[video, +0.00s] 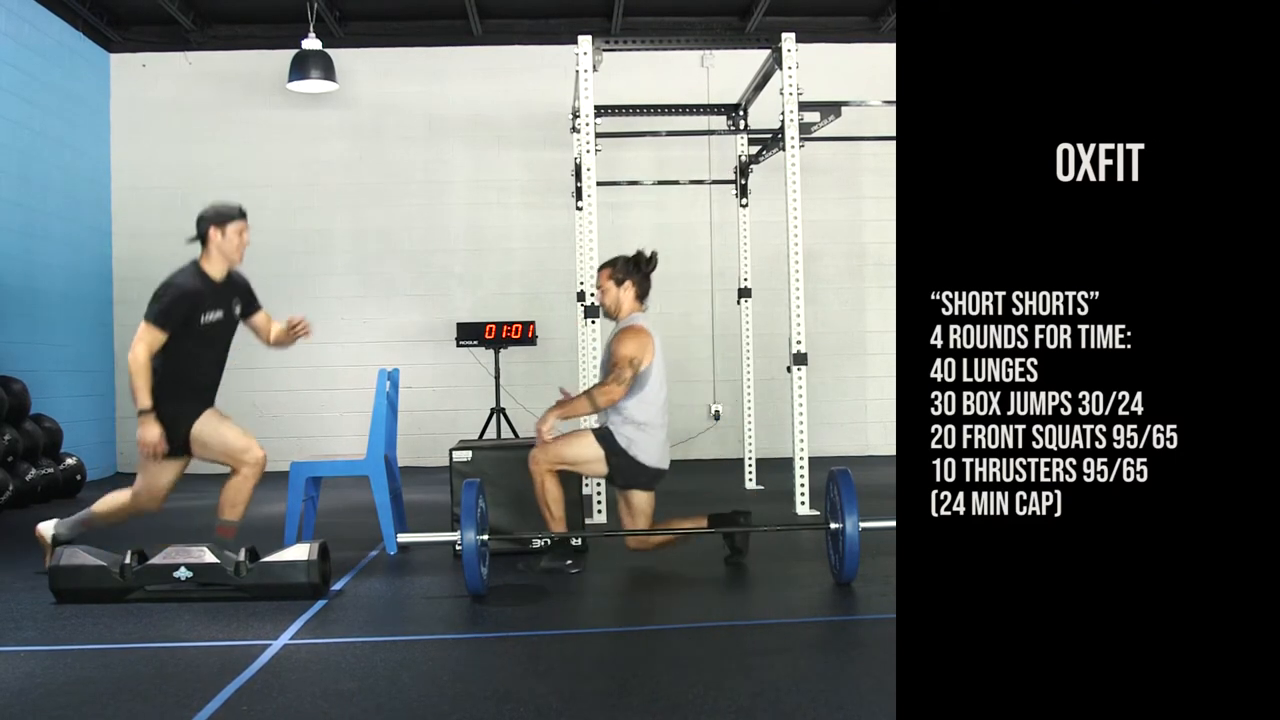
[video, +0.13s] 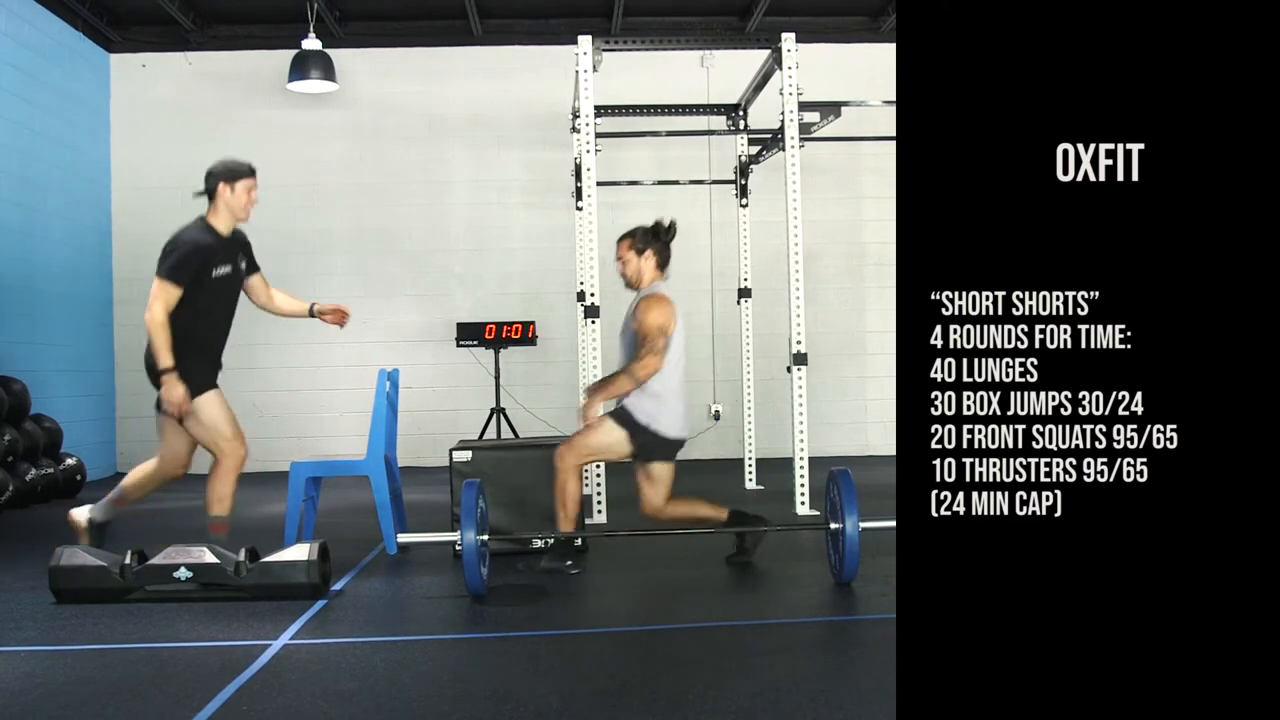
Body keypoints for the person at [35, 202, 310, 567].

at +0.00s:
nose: (246, 241)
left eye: (247, 234)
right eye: (240, 234)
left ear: (223, 238)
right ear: (214, 235)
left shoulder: (236, 286)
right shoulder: (181, 288)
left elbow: (268, 331)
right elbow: (139, 351)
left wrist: (287, 334)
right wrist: (146, 416)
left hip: (194, 407)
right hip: (171, 408)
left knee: (145, 499)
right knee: (250, 458)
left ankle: (57, 532)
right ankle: (222, 556)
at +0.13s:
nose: (255, 199)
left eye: (255, 192)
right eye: (249, 191)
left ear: (230, 192)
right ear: (224, 190)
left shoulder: (237, 242)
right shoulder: (189, 243)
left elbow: (264, 296)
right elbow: (155, 311)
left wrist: (315, 310)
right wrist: (169, 376)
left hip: (198, 364)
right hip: (180, 366)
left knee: (171, 463)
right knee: (231, 451)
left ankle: (92, 516)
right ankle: (218, 556)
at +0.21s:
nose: (260, 185)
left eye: (261, 177)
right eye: (255, 176)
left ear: (236, 177)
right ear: (229, 175)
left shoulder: (235, 225)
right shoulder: (198, 224)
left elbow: (255, 285)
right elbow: (168, 295)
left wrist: (307, 314)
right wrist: (189, 359)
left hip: (206, 348)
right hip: (180, 348)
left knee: (196, 449)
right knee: (215, 449)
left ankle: (128, 519)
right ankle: (214, 555)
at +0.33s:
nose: (266, 180)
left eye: (267, 173)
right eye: (262, 172)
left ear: (240, 171)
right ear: (237, 170)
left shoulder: (228, 219)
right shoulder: (212, 216)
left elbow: (235, 288)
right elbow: (190, 289)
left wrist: (268, 332)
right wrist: (221, 350)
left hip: (213, 343)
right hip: (188, 344)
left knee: (230, 442)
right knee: (201, 449)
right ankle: (207, 548)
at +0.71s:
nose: (282, 199)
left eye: (283, 191)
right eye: (278, 190)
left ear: (257, 187)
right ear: (254, 184)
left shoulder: (239, 230)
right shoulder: (224, 224)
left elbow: (219, 293)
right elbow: (212, 288)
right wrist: (265, 331)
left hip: (217, 352)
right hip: (193, 349)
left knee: (244, 445)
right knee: (213, 451)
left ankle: (243, 550)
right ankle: (143, 543)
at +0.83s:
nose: (283, 221)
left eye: (285, 214)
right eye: (280, 212)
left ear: (258, 208)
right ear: (258, 206)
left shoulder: (241, 249)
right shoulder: (231, 243)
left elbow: (227, 310)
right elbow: (226, 309)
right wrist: (283, 337)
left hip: (211, 373)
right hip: (185, 369)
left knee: (262, 447)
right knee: (178, 474)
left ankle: (244, 548)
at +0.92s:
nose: (285, 246)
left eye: (287, 239)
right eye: (281, 236)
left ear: (256, 235)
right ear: (258, 231)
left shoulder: (222, 268)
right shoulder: (238, 270)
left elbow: (181, 327)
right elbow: (233, 336)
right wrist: (287, 352)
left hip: (203, 395)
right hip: (179, 393)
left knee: (273, 450)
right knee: (150, 493)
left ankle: (246, 549)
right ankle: (40, 528)